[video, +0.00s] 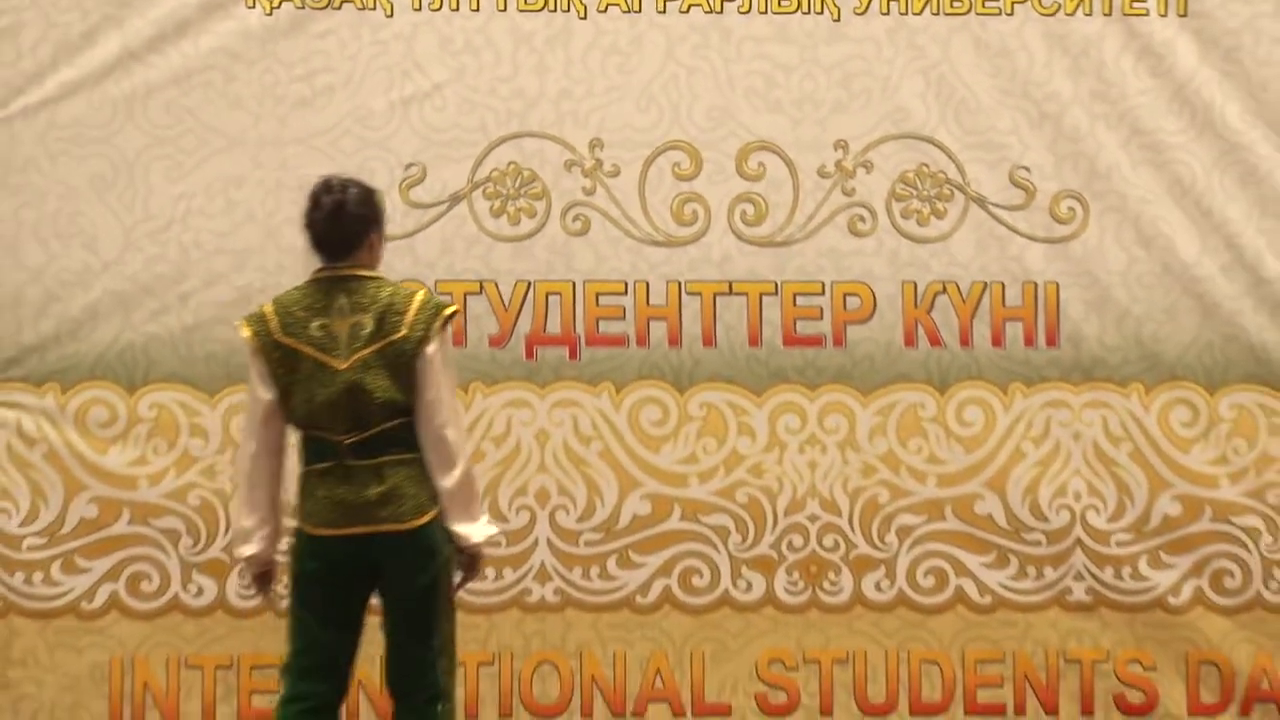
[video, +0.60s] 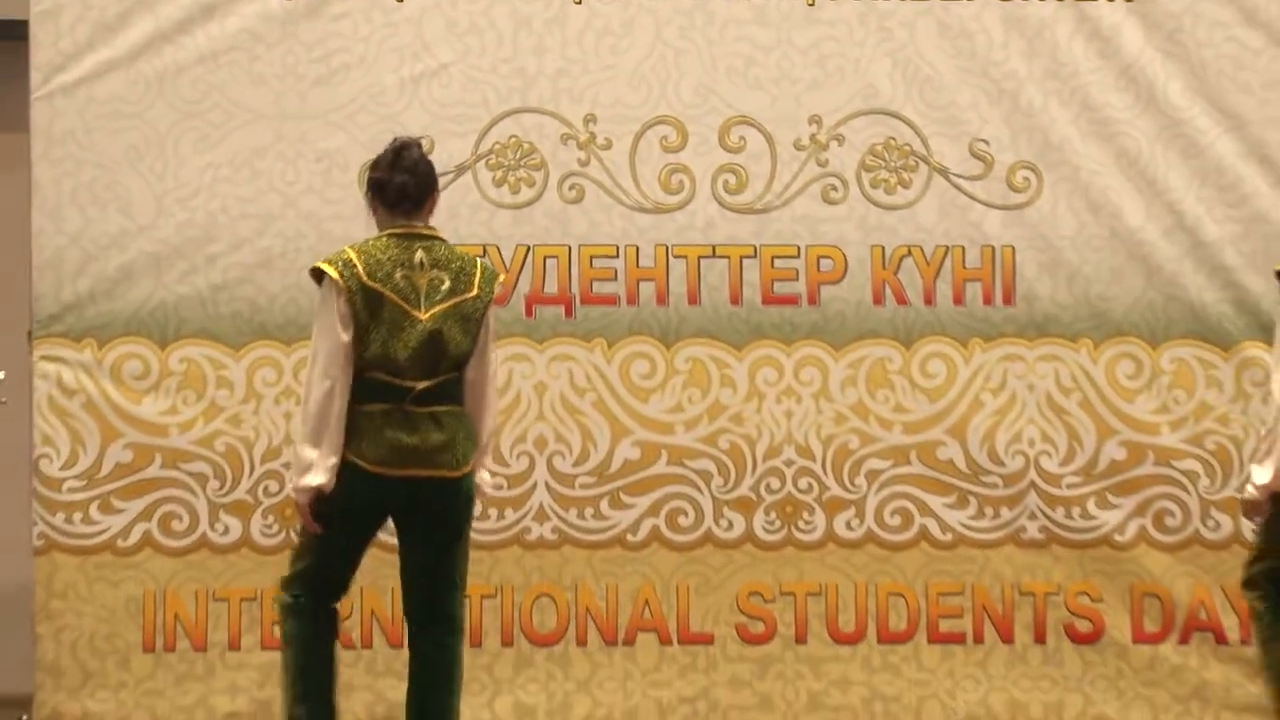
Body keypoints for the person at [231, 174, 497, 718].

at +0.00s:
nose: (383, 240)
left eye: (378, 231)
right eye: (381, 231)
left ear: (313, 239)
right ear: (373, 237)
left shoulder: (274, 323)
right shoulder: (413, 310)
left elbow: (264, 445)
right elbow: (440, 430)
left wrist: (258, 544)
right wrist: (468, 528)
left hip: (327, 539)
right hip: (411, 533)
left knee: (310, 691)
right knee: (422, 694)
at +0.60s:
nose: (375, 205)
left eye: (372, 196)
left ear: (371, 200)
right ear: (434, 200)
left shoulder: (349, 271)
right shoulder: (474, 275)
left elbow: (329, 378)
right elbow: (480, 383)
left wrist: (314, 472)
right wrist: (475, 465)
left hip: (362, 472)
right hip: (443, 478)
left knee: (309, 596)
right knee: (437, 620)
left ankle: (312, 714)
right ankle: (436, 719)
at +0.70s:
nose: (378, 201)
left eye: (372, 192)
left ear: (370, 196)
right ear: (433, 196)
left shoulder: (349, 263)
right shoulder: (470, 268)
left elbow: (332, 368)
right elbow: (475, 376)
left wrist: (317, 454)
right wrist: (467, 453)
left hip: (356, 464)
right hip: (437, 470)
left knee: (305, 595)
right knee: (433, 613)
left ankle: (288, 715)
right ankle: (434, 718)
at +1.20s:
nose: (360, 188)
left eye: (334, 176)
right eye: (374, 179)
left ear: (324, 180)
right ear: (382, 184)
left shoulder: (289, 247)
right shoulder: (409, 255)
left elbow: (263, 348)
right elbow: (417, 355)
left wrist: (241, 429)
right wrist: (422, 436)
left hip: (301, 431)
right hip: (376, 435)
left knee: (298, 567)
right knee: (392, 566)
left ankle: (302, 702)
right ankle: (421, 698)